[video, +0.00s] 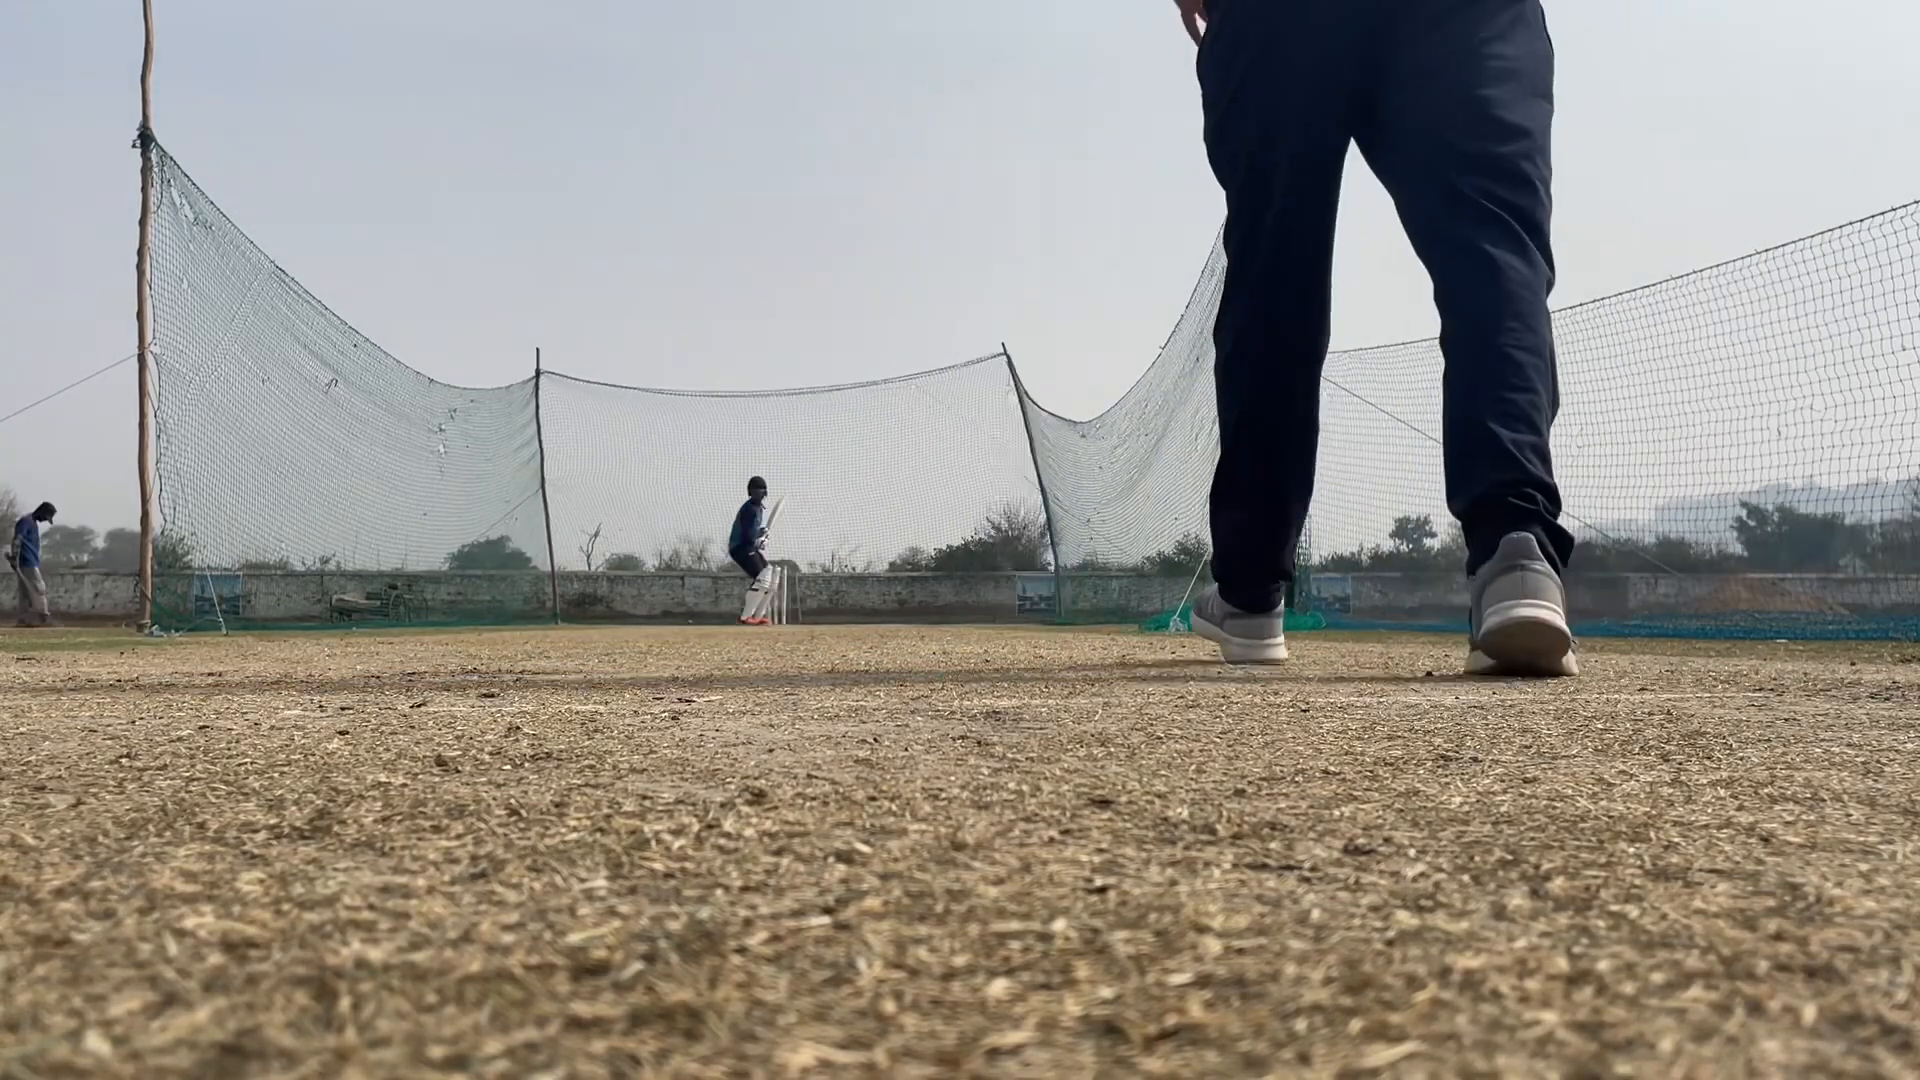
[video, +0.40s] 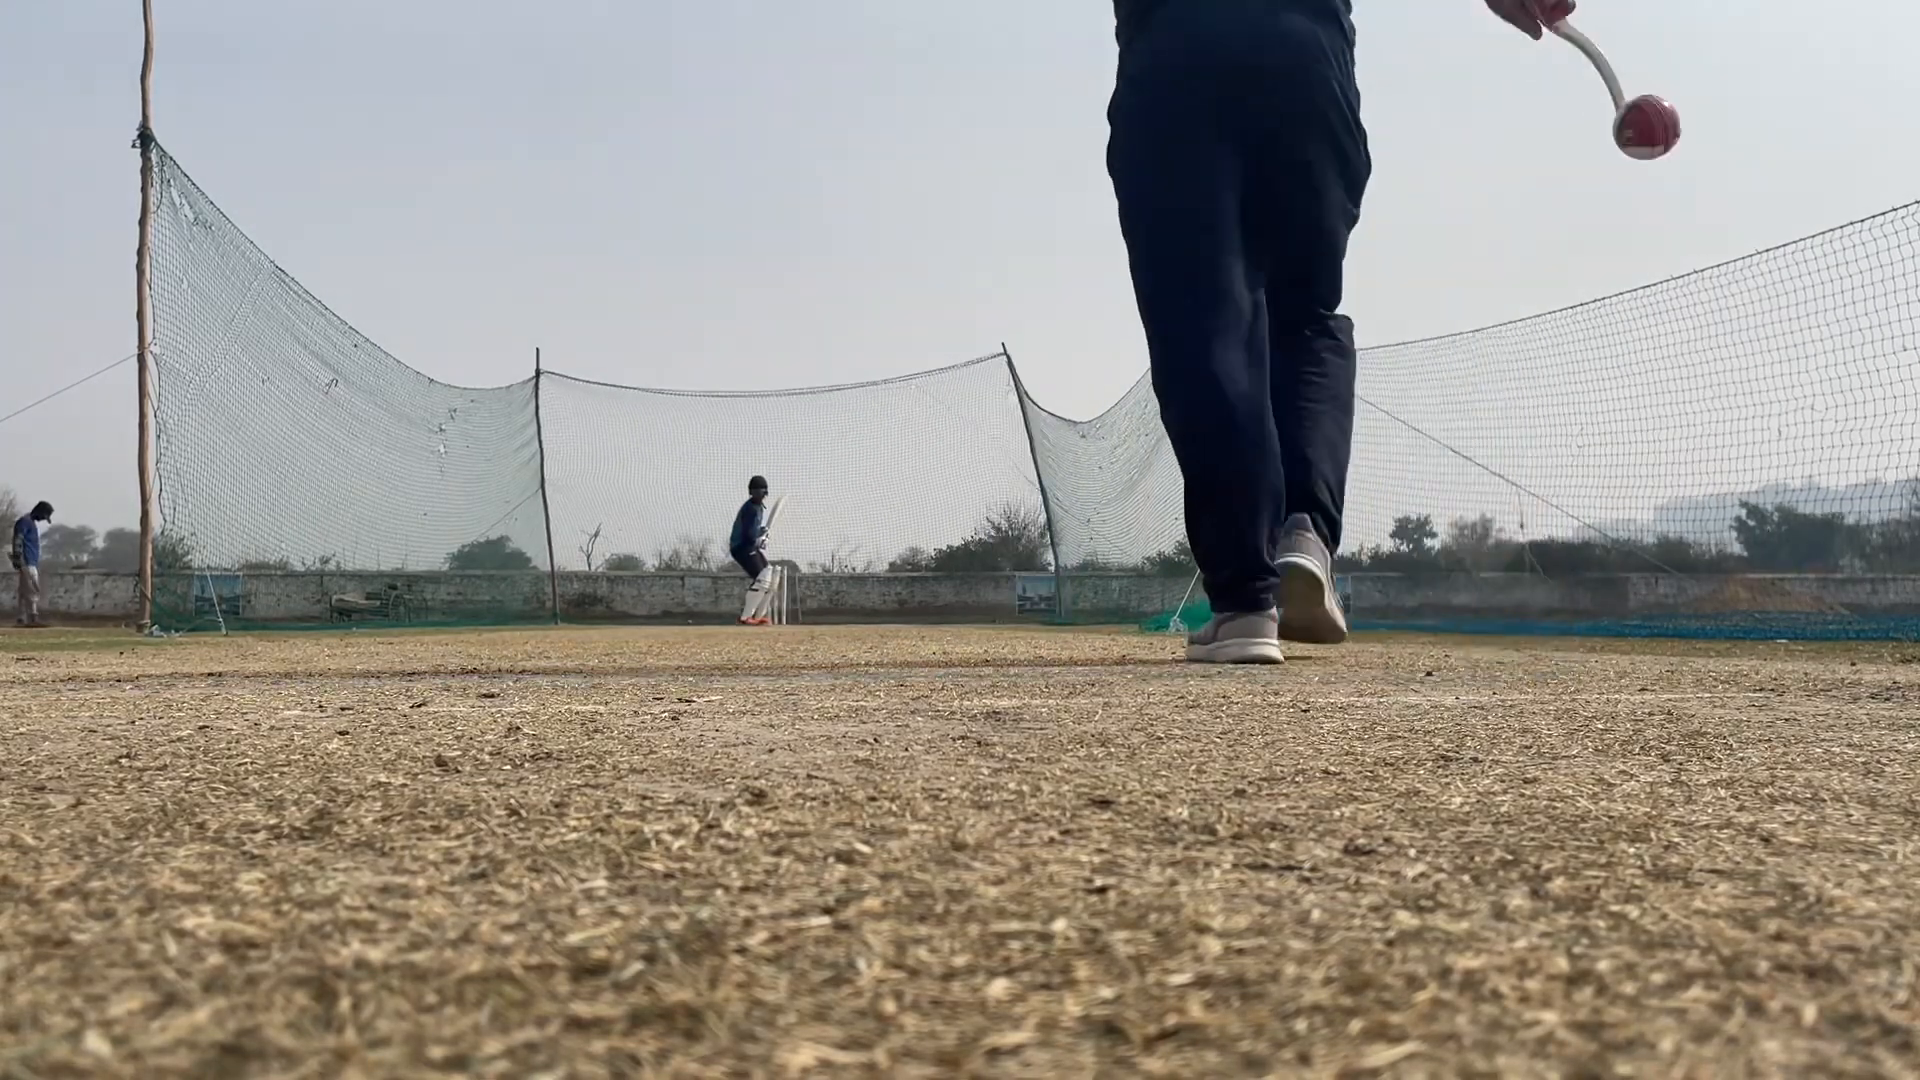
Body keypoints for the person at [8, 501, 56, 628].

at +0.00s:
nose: (46, 520)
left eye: (48, 518)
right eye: (47, 517)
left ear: (41, 513)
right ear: (42, 513)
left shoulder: (31, 523)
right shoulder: (26, 522)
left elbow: (21, 542)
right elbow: (17, 541)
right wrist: (15, 559)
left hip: (28, 561)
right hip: (27, 562)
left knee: (25, 591)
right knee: (39, 588)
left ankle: (23, 617)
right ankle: (43, 615)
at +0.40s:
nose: (42, 519)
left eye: (44, 517)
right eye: (44, 516)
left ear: (39, 512)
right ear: (39, 512)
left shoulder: (30, 523)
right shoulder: (24, 522)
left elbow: (25, 543)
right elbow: (18, 543)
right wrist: (21, 563)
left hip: (31, 562)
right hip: (27, 562)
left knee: (25, 591)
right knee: (32, 591)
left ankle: (21, 617)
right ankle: (33, 617)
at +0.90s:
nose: (40, 519)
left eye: (42, 517)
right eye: (41, 516)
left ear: (36, 512)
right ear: (37, 512)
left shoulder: (27, 523)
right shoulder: (23, 522)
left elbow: (28, 545)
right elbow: (20, 543)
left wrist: (35, 564)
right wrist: (27, 561)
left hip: (28, 564)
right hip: (28, 564)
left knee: (24, 593)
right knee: (41, 590)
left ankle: (22, 618)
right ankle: (47, 616)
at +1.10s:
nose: (40, 519)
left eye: (42, 517)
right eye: (41, 516)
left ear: (35, 511)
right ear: (36, 512)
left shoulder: (25, 523)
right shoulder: (24, 522)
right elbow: (19, 542)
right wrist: (22, 561)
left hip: (24, 564)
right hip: (29, 564)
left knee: (24, 593)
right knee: (40, 591)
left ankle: (22, 618)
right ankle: (46, 617)